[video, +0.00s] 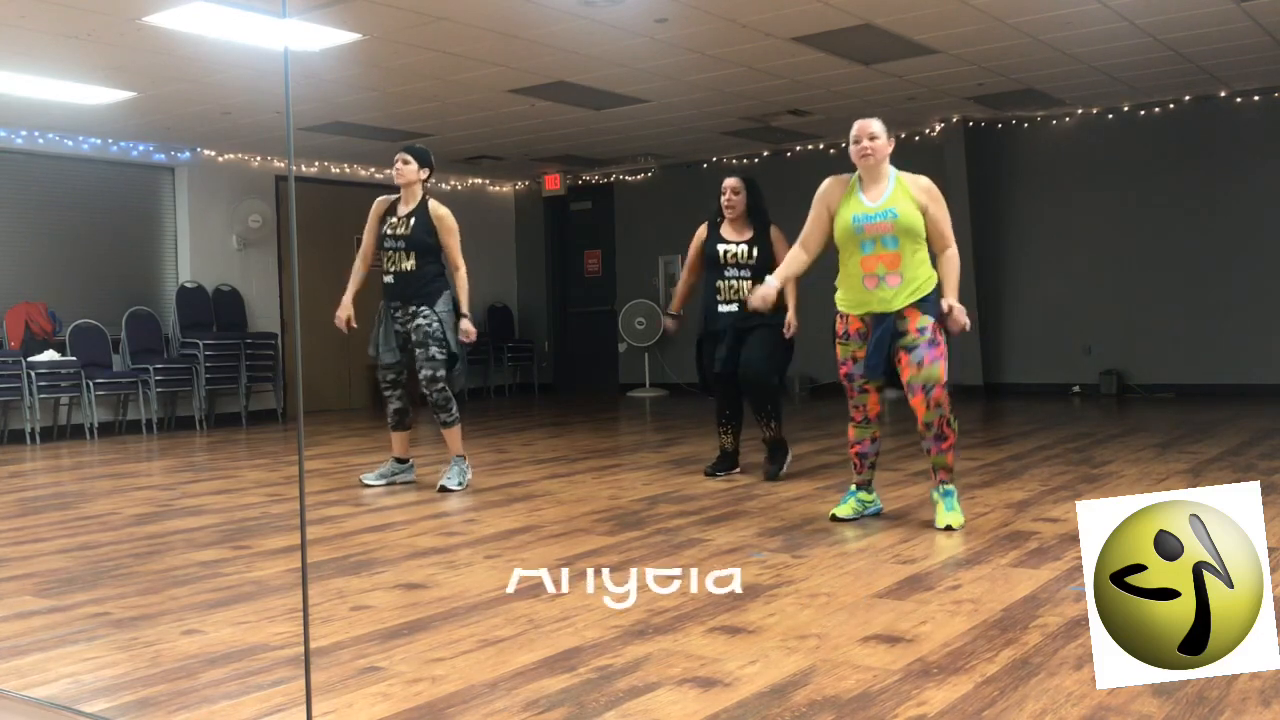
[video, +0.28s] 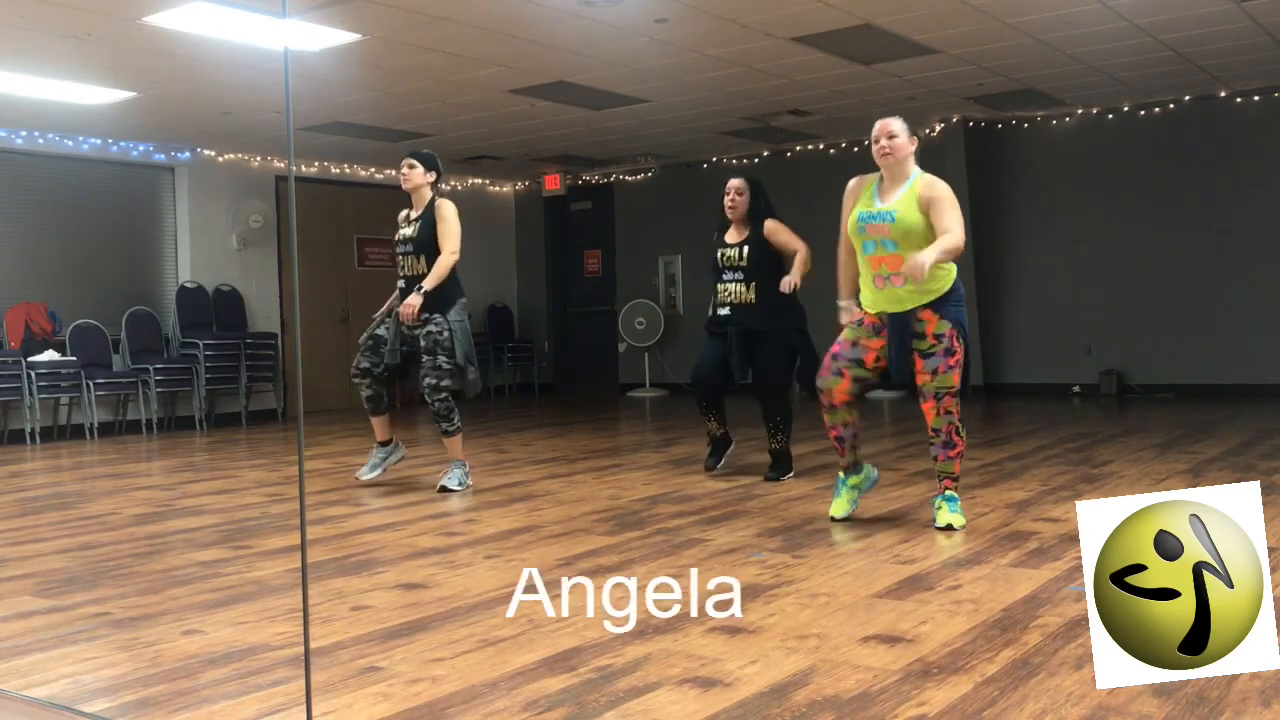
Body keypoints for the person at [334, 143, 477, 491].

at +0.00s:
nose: (397, 168)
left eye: (405, 163)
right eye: (395, 163)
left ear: (424, 172)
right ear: (392, 171)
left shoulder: (439, 214)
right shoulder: (382, 207)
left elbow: (457, 267)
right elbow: (364, 257)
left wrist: (464, 315)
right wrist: (347, 298)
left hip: (430, 310)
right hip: (392, 311)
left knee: (433, 383)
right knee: (392, 384)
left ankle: (459, 462)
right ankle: (400, 463)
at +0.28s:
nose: (402, 172)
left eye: (410, 168)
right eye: (401, 168)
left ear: (430, 176)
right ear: (402, 178)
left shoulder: (444, 207)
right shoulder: (405, 217)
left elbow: (450, 255)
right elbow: (411, 267)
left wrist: (420, 293)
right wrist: (397, 299)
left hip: (440, 313)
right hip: (406, 310)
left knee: (437, 387)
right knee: (366, 370)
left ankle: (458, 466)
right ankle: (385, 446)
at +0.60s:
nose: (392, 168)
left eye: (401, 164)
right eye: (392, 163)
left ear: (419, 174)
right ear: (392, 172)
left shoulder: (435, 206)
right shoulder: (386, 219)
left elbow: (462, 255)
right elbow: (392, 274)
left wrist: (463, 302)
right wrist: (356, 306)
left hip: (428, 312)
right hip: (393, 314)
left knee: (441, 387)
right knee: (398, 389)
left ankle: (459, 465)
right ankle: (400, 462)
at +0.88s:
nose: (383, 175)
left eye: (392, 172)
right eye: (382, 170)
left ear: (408, 182)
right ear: (378, 178)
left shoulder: (426, 214)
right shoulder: (363, 221)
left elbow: (451, 262)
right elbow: (348, 273)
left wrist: (466, 306)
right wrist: (313, 295)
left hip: (423, 311)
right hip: (383, 315)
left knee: (432, 377)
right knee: (380, 386)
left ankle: (449, 461)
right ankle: (400, 464)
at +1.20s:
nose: (382, 172)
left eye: (391, 169)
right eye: (382, 167)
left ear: (408, 180)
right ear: (379, 175)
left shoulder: (424, 212)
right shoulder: (365, 220)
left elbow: (448, 262)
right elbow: (358, 275)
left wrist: (460, 304)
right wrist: (321, 295)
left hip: (420, 311)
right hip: (380, 314)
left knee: (428, 382)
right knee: (381, 388)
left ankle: (447, 465)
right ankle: (400, 464)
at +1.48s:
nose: (389, 168)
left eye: (397, 164)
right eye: (388, 164)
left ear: (416, 171)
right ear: (386, 172)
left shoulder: (431, 212)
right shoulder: (374, 208)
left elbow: (442, 268)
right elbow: (362, 259)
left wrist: (419, 274)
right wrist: (353, 303)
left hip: (422, 311)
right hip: (385, 311)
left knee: (432, 385)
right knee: (393, 387)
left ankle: (456, 463)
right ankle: (400, 463)